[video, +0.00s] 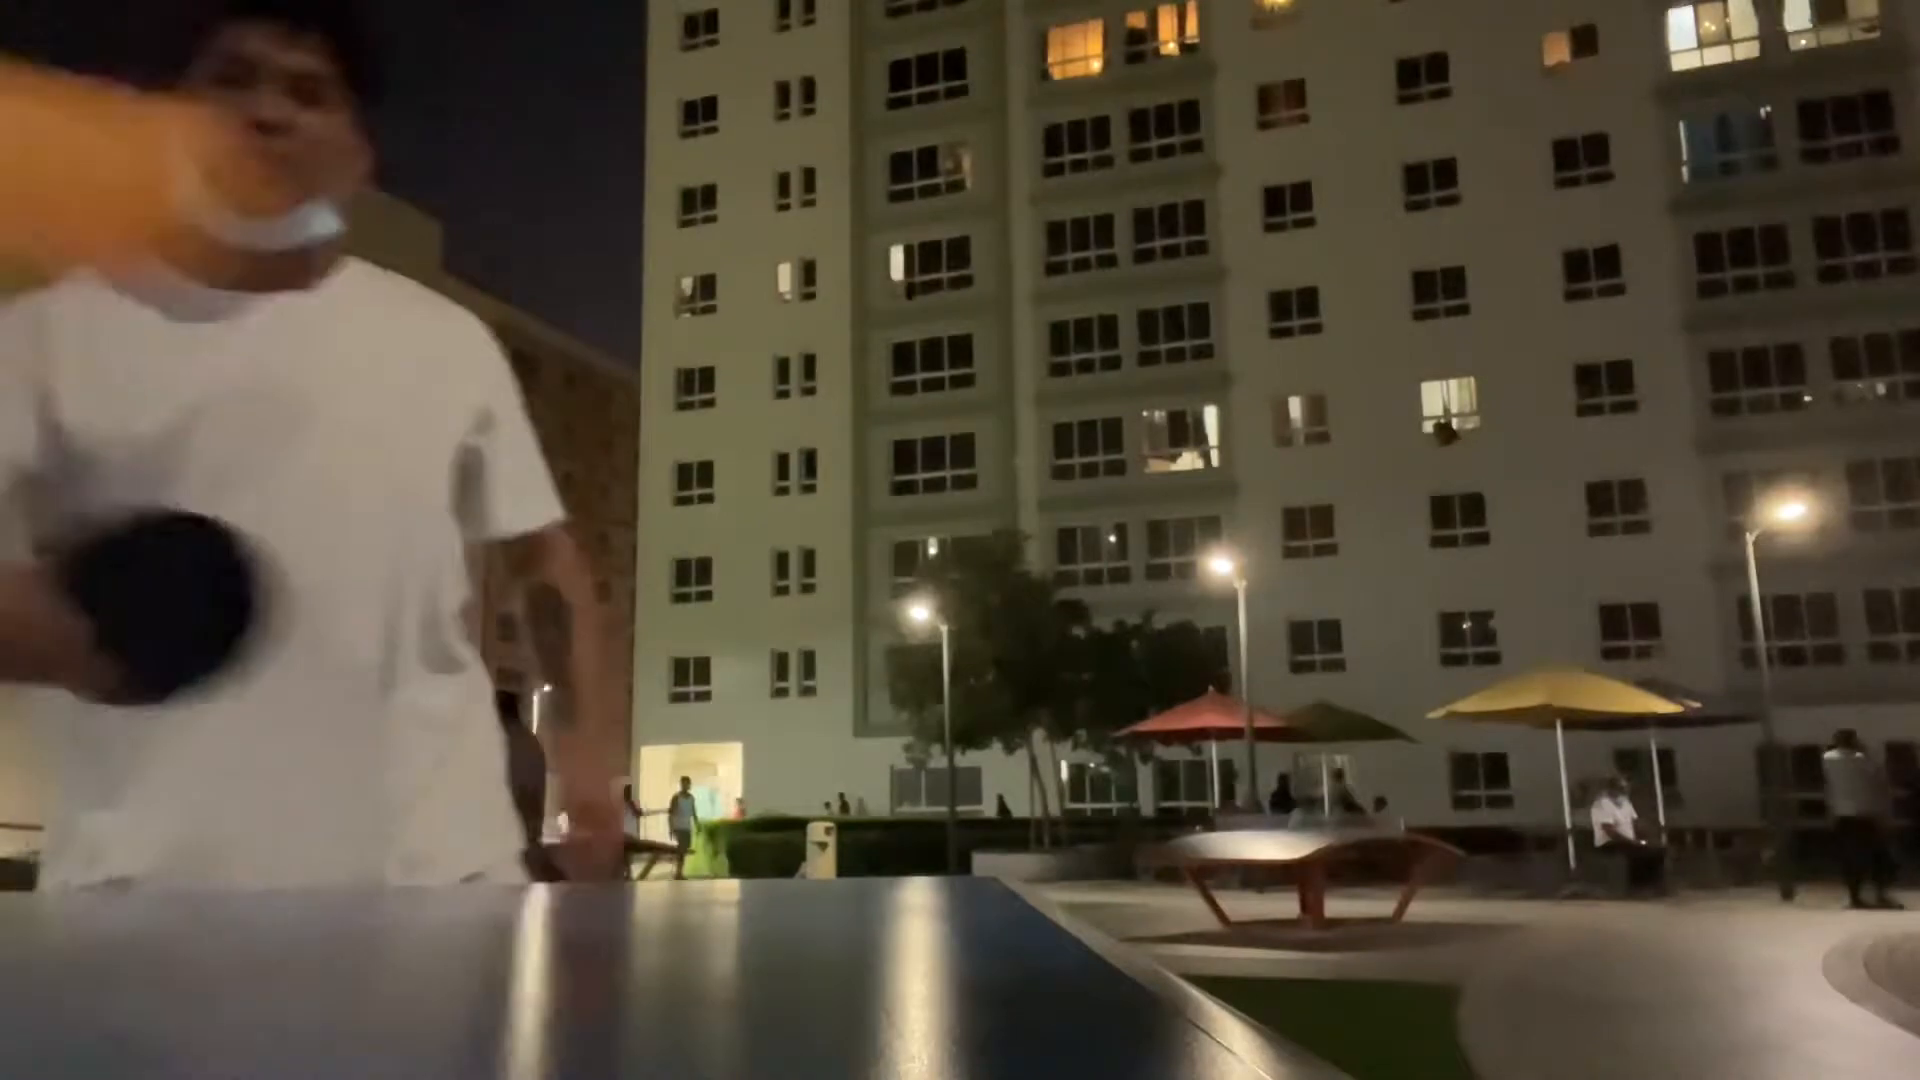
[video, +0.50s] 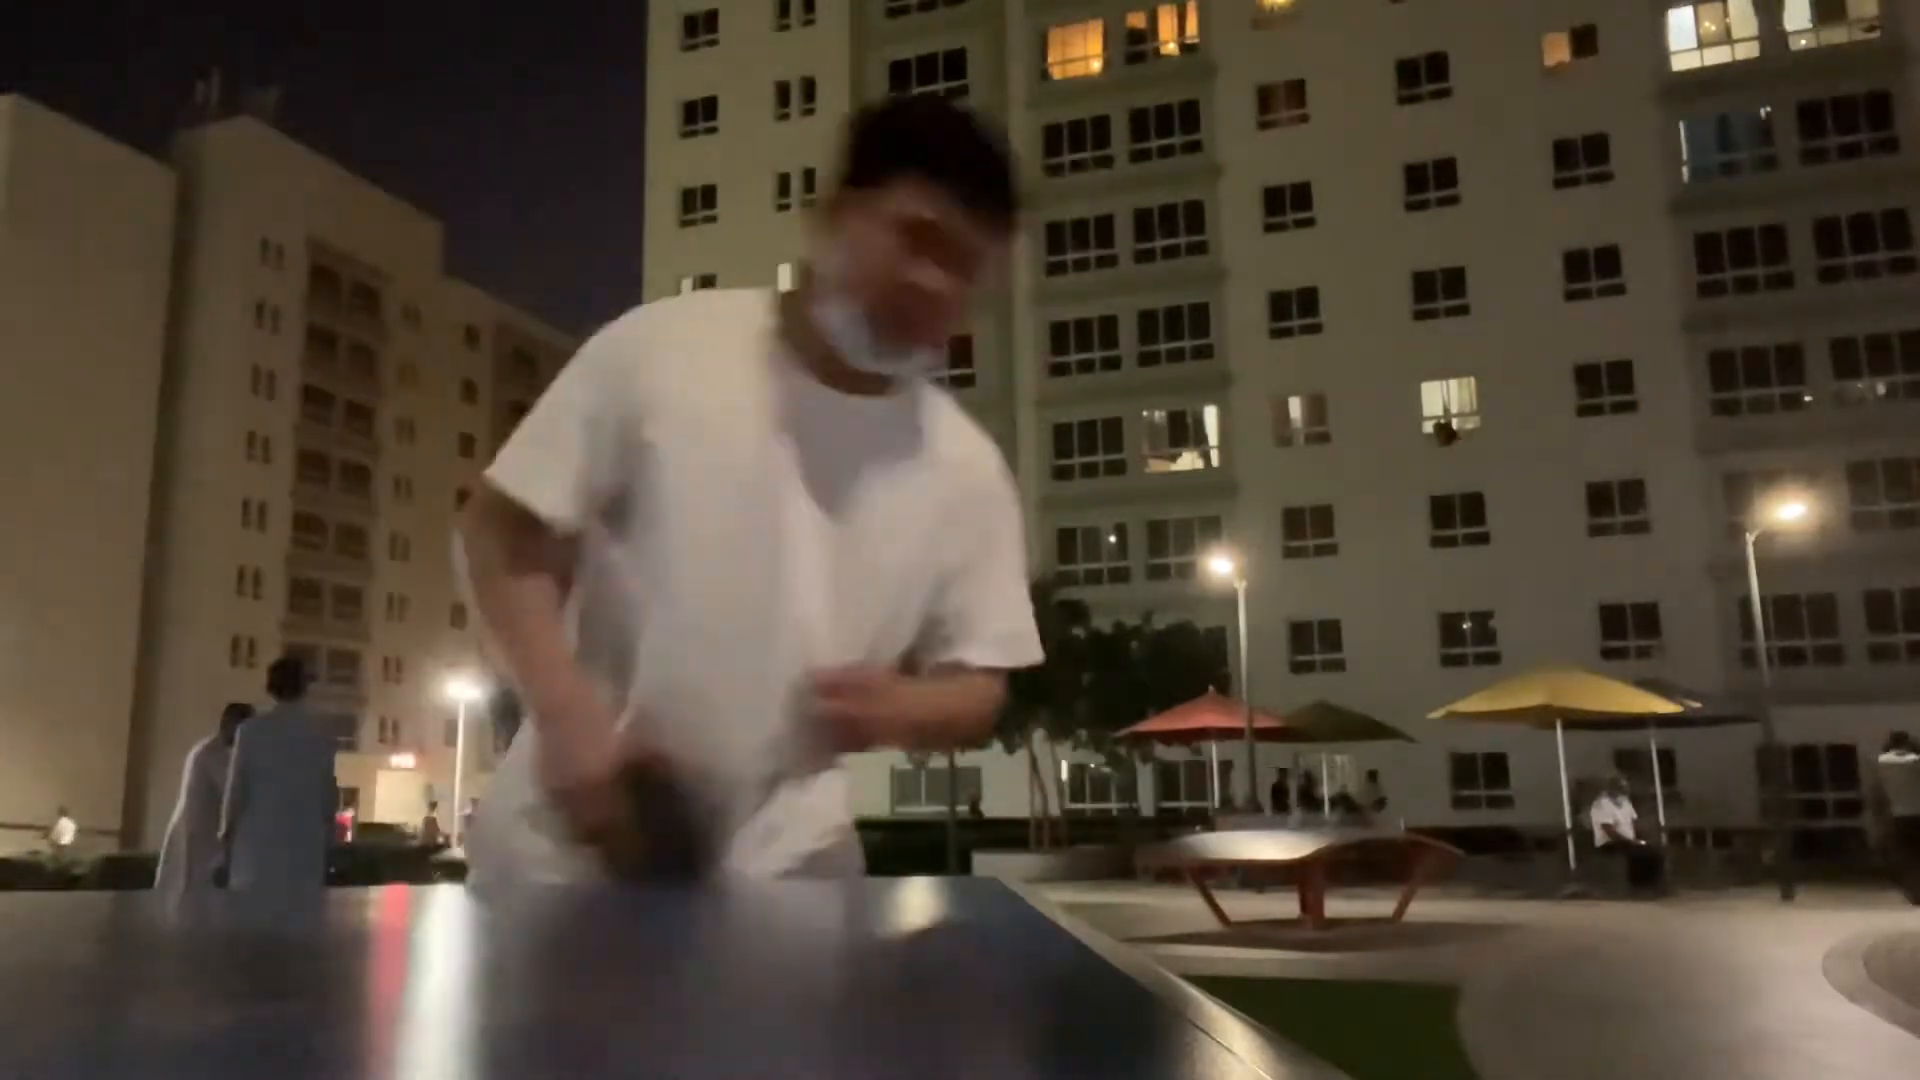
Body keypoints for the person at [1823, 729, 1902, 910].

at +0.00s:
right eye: (1854, 741)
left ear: (1835, 742)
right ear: (1854, 742)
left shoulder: (1828, 758)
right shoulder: (1861, 759)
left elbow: (1829, 786)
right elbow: (1873, 784)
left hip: (1841, 816)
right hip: (1865, 816)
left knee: (1850, 859)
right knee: (1877, 856)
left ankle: (1855, 898)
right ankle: (1882, 895)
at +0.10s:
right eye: (1867, 743)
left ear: (1851, 743)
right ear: (1869, 743)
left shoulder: (1843, 760)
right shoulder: (1877, 761)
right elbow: (1887, 784)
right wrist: (1888, 809)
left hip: (1855, 815)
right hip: (1877, 815)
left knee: (1859, 857)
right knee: (1888, 857)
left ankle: (1857, 896)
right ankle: (1903, 896)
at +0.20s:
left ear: (1867, 742)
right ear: (1884, 741)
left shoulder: (1860, 759)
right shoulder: (1893, 759)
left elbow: (1859, 754)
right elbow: (1901, 781)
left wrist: (1868, 746)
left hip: (1872, 815)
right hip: (1893, 815)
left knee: (1877, 855)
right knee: (1896, 857)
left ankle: (1868, 887)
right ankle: (1903, 895)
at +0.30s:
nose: (1899, 743)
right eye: (1897, 740)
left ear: (1879, 741)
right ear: (1895, 741)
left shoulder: (1869, 759)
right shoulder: (1904, 759)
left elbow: (1867, 786)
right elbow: (1911, 786)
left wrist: (1869, 805)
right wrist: (1912, 807)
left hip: (1881, 812)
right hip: (1904, 812)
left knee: (1886, 851)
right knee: (1904, 853)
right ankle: (1903, 892)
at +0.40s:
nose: (1905, 747)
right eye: (1903, 744)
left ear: (1885, 744)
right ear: (1903, 744)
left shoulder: (1877, 760)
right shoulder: (1911, 760)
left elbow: (1872, 790)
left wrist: (1874, 811)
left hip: (1891, 813)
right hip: (1912, 812)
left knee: (1896, 852)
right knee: (1911, 852)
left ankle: (1903, 890)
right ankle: (1912, 889)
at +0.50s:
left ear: (1889, 744)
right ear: (1907, 744)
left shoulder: (1882, 761)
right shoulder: (1914, 760)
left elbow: (1878, 791)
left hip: (1896, 814)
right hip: (1914, 813)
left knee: (1900, 853)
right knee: (1914, 853)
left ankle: (1910, 889)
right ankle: (1913, 889)